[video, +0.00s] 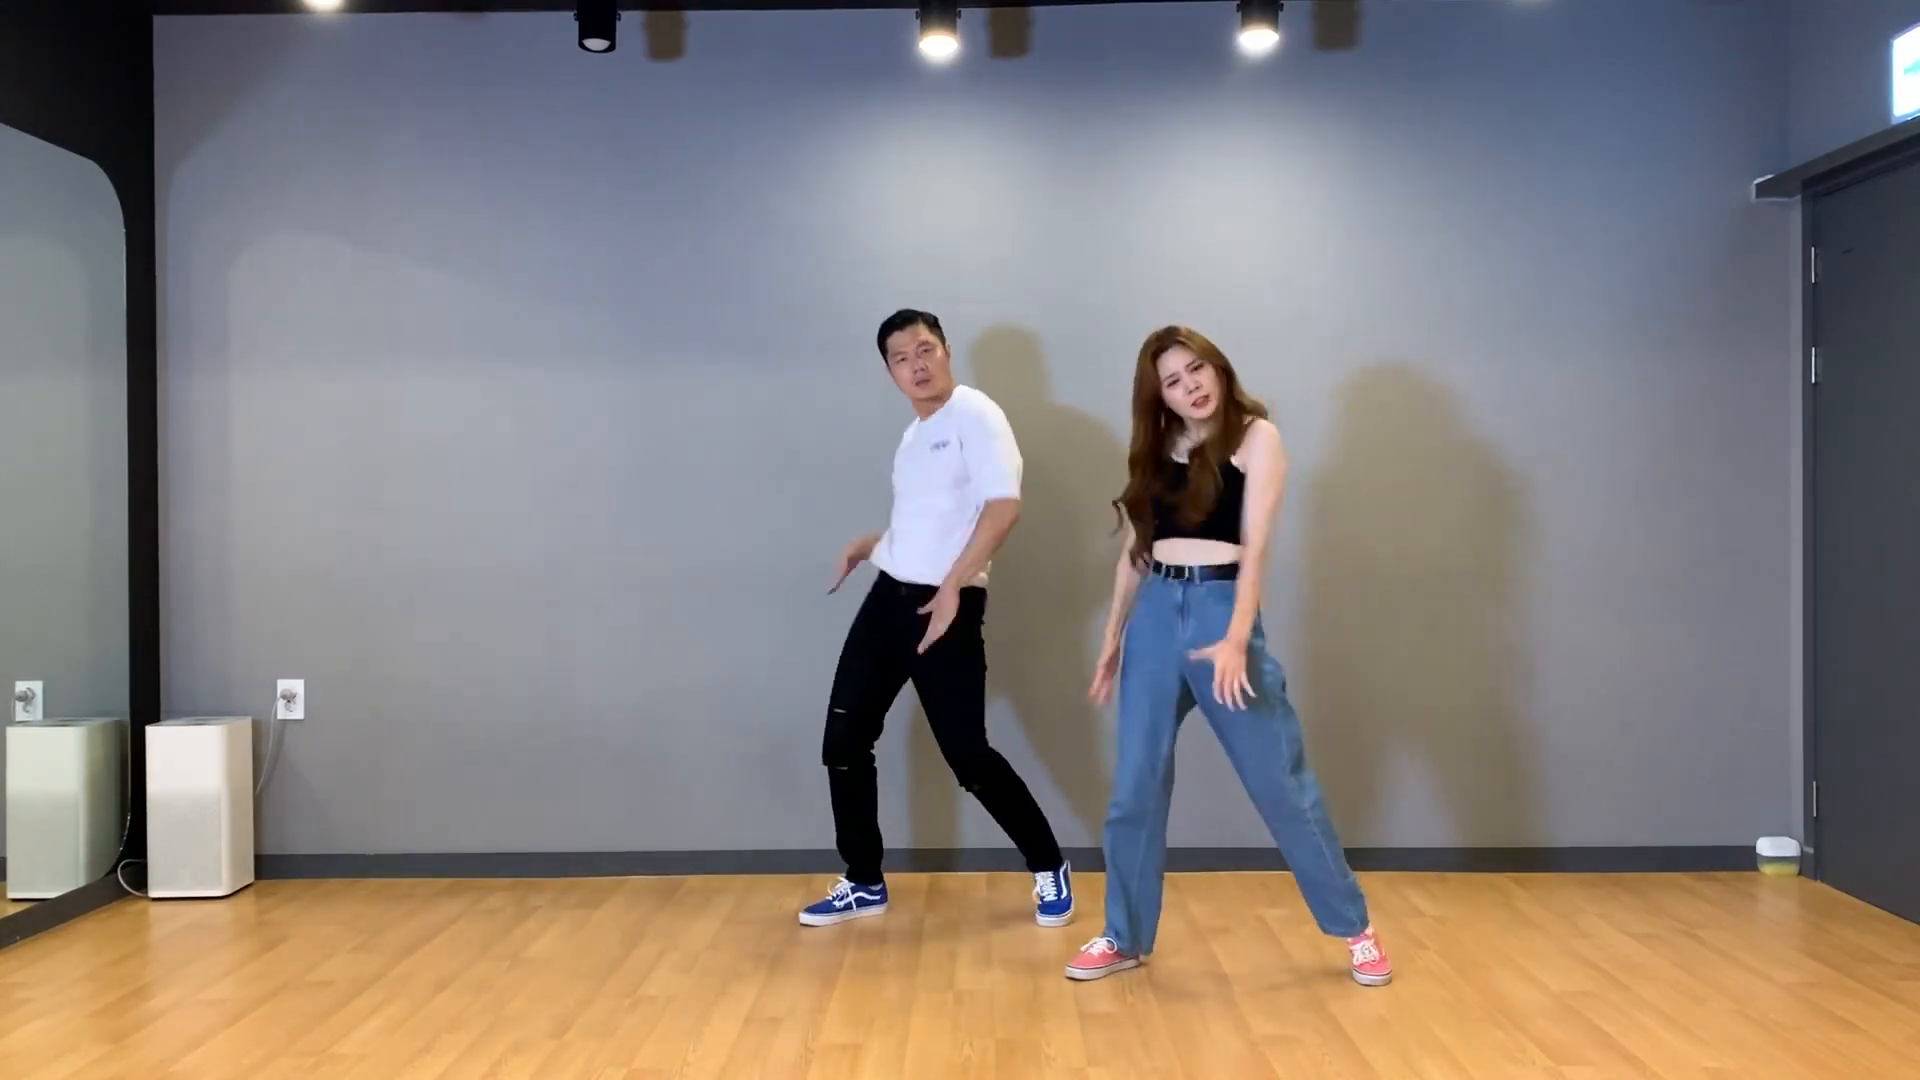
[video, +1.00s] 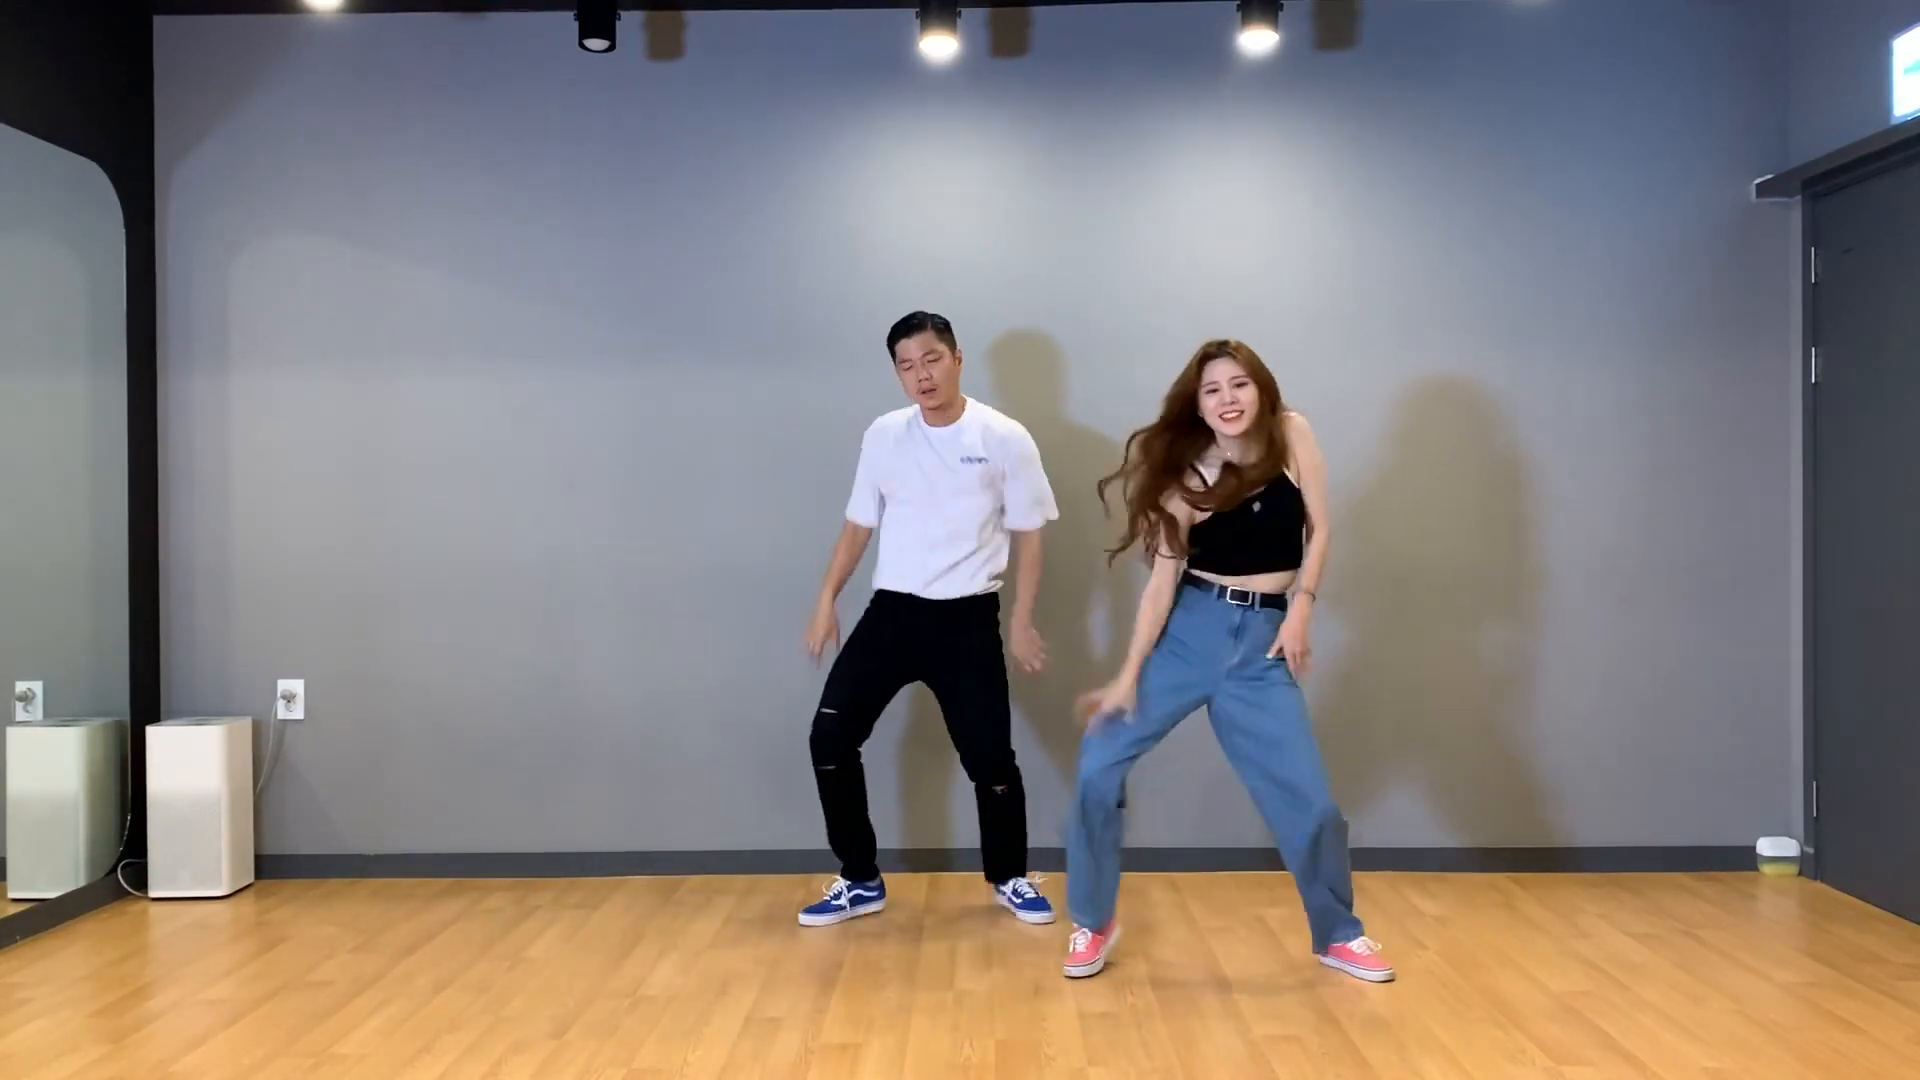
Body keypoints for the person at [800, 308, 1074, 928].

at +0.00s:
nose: (917, 363)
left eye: (926, 349)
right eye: (902, 358)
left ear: (947, 355)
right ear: (891, 374)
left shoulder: (976, 413)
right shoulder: (914, 435)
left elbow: (1004, 507)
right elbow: (920, 522)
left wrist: (951, 584)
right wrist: (871, 543)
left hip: (948, 603)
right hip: (889, 600)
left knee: (969, 758)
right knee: (845, 742)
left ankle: (1049, 866)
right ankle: (864, 883)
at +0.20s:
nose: (922, 372)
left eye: (933, 359)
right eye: (909, 365)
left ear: (956, 367)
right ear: (897, 379)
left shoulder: (977, 436)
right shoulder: (890, 435)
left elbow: (944, 510)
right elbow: (849, 510)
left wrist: (891, 443)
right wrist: (826, 443)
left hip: (999, 614)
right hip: (937, 619)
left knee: (1027, 760)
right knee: (863, 740)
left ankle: (1094, 875)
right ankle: (864, 883)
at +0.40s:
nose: (922, 384)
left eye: (931, 367)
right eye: (910, 377)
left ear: (957, 360)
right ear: (903, 385)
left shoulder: (992, 428)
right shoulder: (911, 428)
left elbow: (931, 496)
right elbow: (871, 498)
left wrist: (895, 422)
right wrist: (846, 421)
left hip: (975, 614)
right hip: (915, 611)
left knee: (986, 770)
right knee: (851, 740)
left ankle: (1077, 862)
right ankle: (864, 883)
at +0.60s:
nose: (926, 394)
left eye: (934, 378)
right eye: (914, 388)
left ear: (959, 369)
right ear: (907, 396)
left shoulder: (995, 435)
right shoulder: (925, 440)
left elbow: (937, 515)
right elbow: (893, 510)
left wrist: (904, 437)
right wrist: (866, 434)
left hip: (980, 620)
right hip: (921, 619)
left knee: (989, 773)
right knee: (851, 739)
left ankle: (1084, 871)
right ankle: (864, 884)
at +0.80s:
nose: (924, 390)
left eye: (933, 374)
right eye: (910, 382)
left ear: (957, 370)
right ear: (899, 390)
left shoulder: (984, 444)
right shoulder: (900, 423)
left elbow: (957, 512)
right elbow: (873, 500)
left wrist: (915, 437)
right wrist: (860, 429)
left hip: (996, 617)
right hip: (936, 619)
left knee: (1030, 760)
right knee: (861, 739)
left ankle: (1105, 878)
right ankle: (866, 883)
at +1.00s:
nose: (923, 375)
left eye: (933, 360)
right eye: (909, 366)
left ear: (957, 360)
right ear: (899, 375)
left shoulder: (1005, 439)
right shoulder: (884, 437)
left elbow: (1029, 533)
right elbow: (858, 525)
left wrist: (1023, 620)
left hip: (968, 622)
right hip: (892, 618)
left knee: (991, 758)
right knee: (831, 737)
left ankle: (1010, 877)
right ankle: (860, 881)